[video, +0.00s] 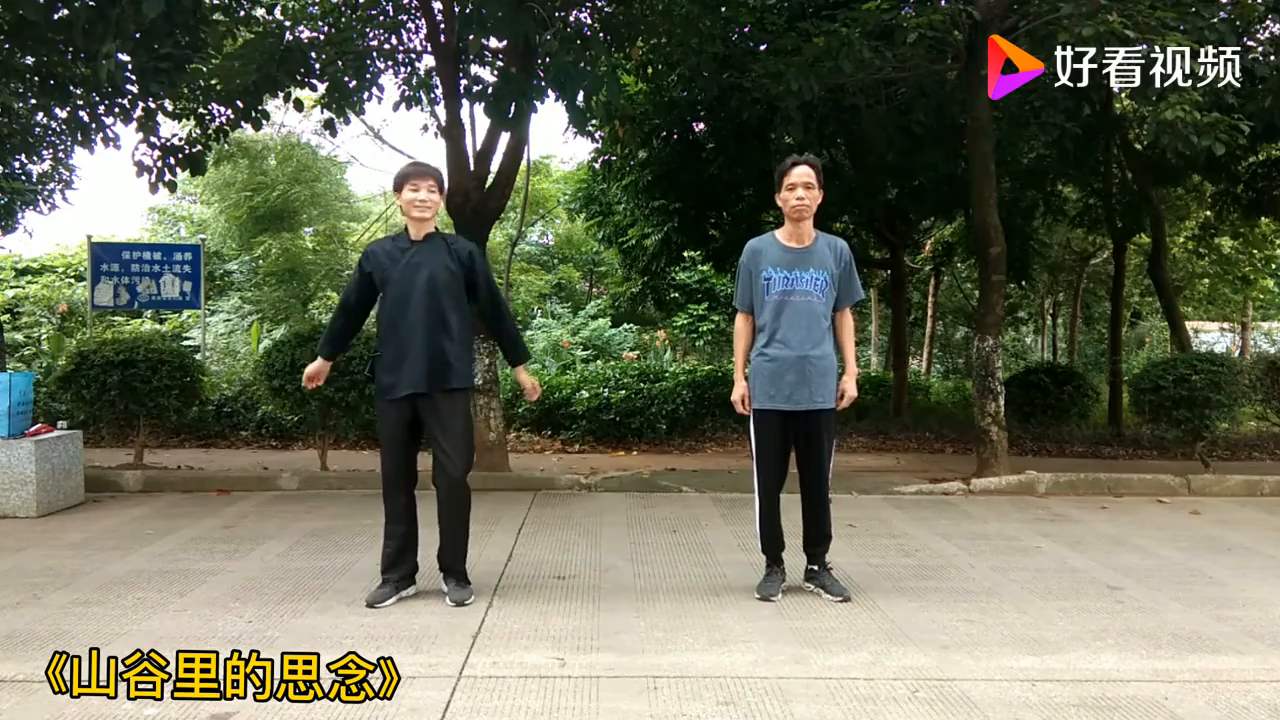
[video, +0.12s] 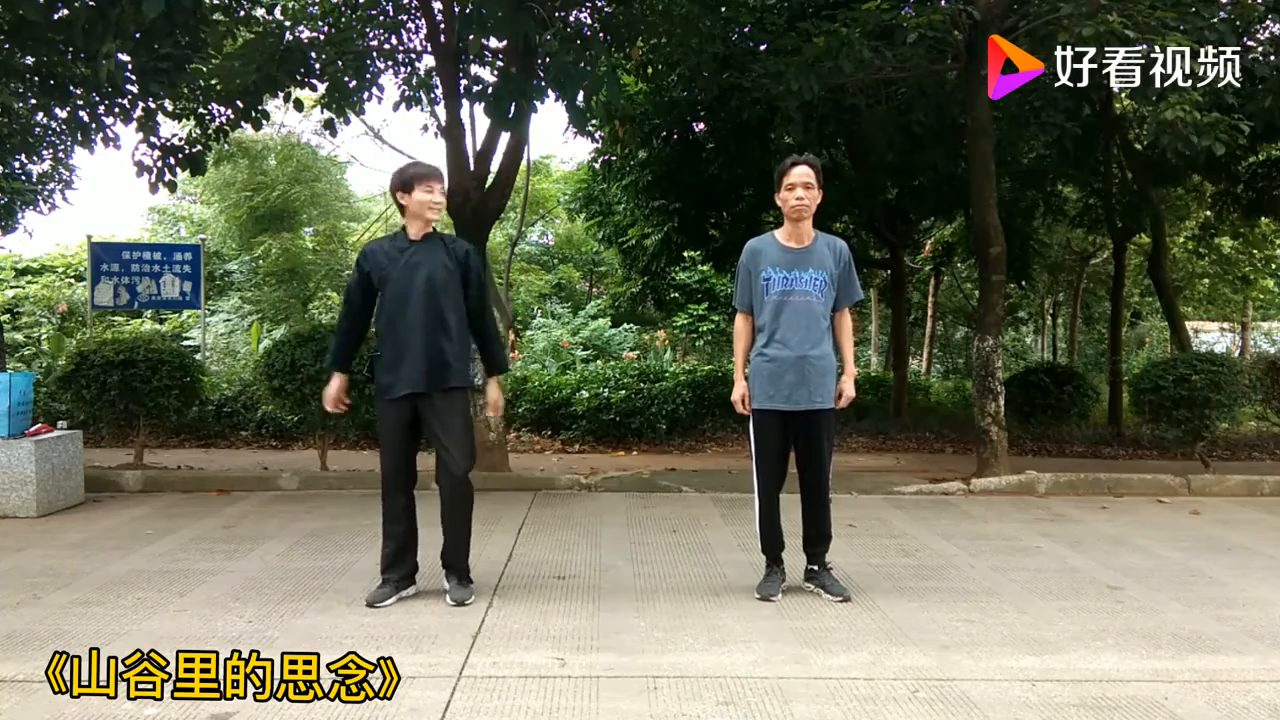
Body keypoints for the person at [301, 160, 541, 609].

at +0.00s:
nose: (423, 196)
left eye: (431, 190)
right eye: (413, 189)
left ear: (441, 199)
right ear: (398, 199)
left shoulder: (462, 251)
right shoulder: (379, 254)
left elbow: (494, 308)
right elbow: (350, 309)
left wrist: (520, 365)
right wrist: (325, 357)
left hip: (449, 383)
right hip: (394, 383)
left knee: (453, 479)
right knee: (395, 481)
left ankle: (455, 574)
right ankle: (398, 575)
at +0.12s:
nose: (438, 198)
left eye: (440, 192)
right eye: (429, 191)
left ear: (442, 199)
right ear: (402, 196)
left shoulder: (461, 253)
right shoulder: (376, 255)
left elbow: (481, 317)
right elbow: (353, 318)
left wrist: (494, 375)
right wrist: (338, 372)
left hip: (448, 383)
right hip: (393, 383)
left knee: (456, 474)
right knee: (395, 480)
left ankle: (458, 573)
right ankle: (397, 575)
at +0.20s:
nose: (442, 201)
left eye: (444, 194)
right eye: (433, 193)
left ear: (441, 200)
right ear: (406, 197)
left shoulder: (461, 254)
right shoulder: (376, 255)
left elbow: (479, 319)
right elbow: (358, 321)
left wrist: (482, 380)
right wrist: (352, 378)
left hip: (450, 385)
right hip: (392, 386)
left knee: (458, 477)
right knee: (394, 483)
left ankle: (458, 573)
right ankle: (397, 575)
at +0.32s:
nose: (441, 207)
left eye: (445, 200)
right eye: (432, 200)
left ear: (447, 206)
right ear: (406, 204)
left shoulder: (465, 262)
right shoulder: (378, 260)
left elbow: (480, 328)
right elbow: (369, 329)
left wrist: (483, 387)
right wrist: (369, 385)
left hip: (450, 390)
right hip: (393, 390)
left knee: (451, 482)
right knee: (388, 483)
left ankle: (456, 576)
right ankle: (397, 575)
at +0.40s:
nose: (435, 205)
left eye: (441, 198)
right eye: (425, 197)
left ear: (447, 205)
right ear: (406, 203)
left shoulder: (467, 260)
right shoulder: (380, 259)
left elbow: (485, 323)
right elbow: (368, 325)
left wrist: (493, 380)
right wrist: (365, 380)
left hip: (455, 389)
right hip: (395, 390)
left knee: (454, 482)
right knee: (391, 484)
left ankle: (456, 575)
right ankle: (398, 576)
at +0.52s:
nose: (433, 201)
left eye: (442, 194)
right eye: (425, 194)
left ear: (453, 201)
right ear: (412, 200)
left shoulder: (472, 255)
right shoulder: (387, 254)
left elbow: (502, 315)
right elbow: (363, 313)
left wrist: (507, 363)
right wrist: (347, 363)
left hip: (457, 385)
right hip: (400, 384)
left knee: (453, 480)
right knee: (399, 481)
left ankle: (457, 575)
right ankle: (397, 575)